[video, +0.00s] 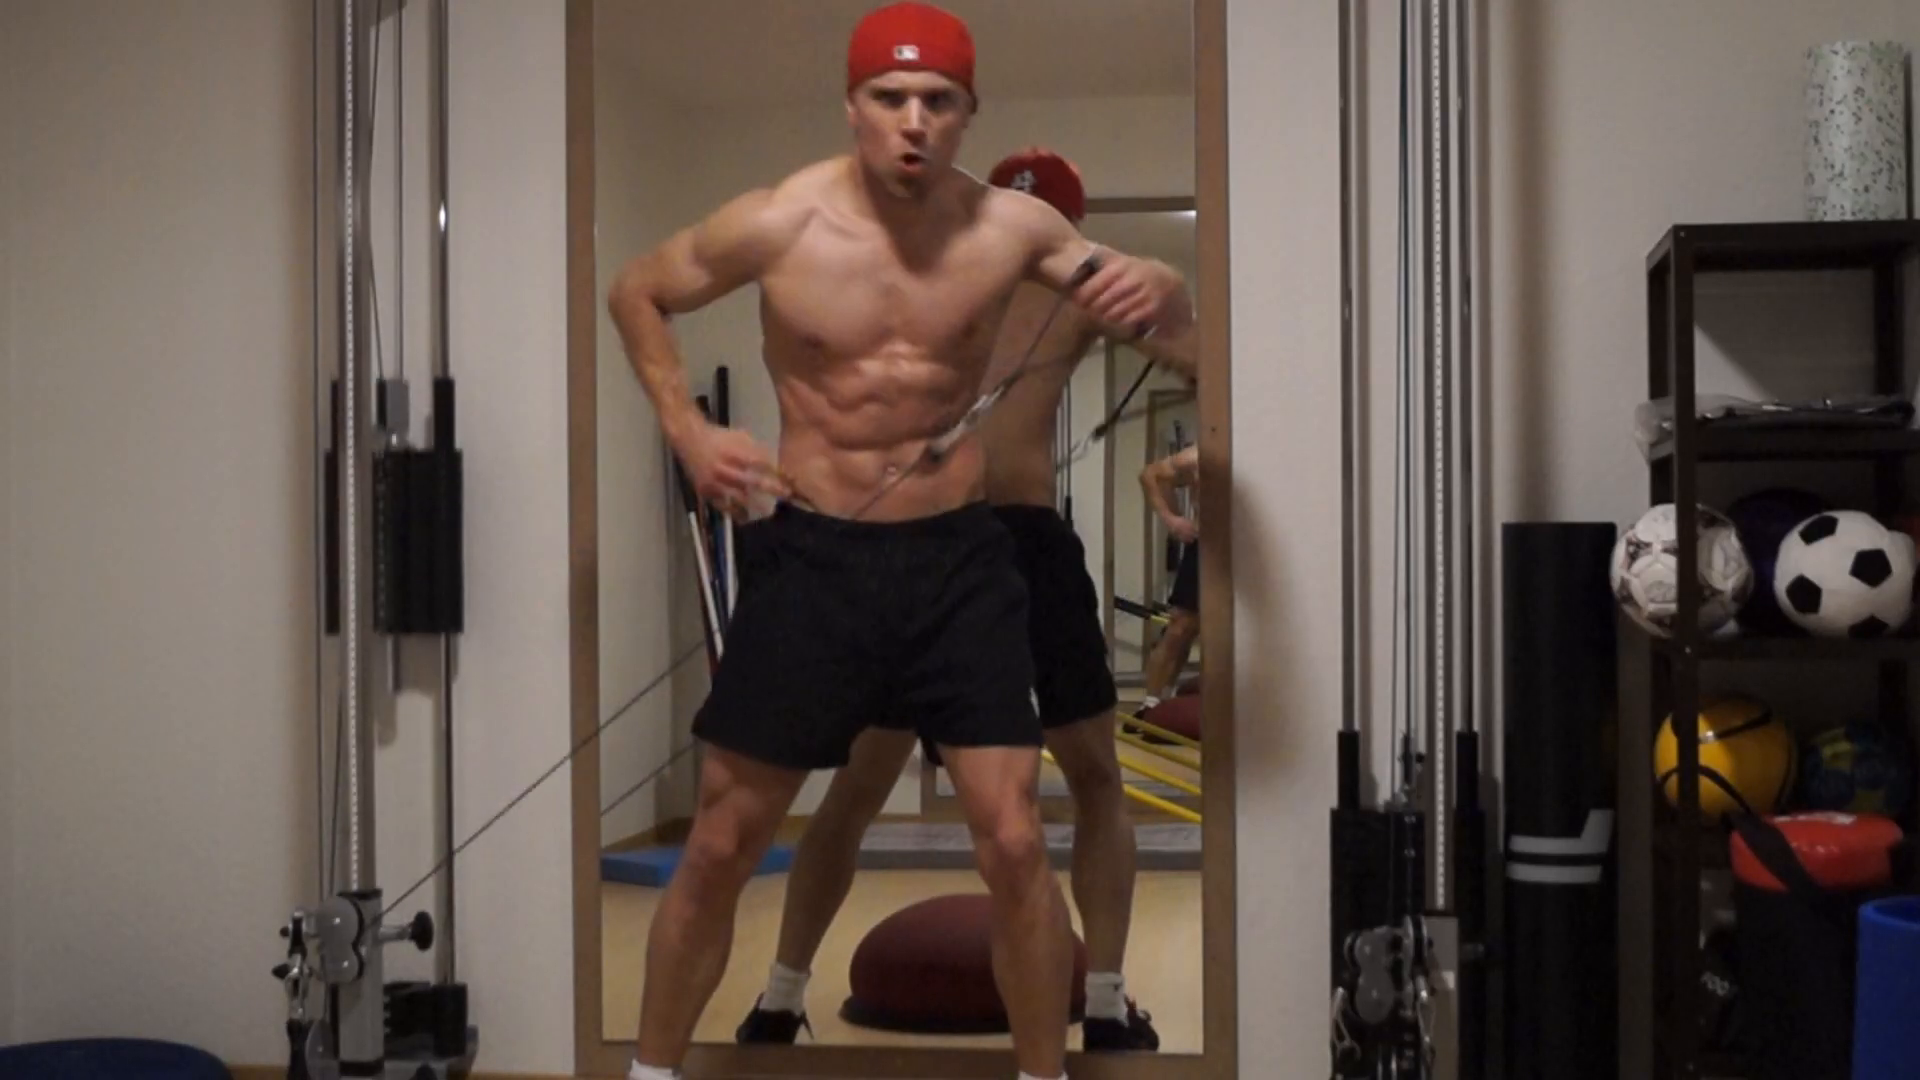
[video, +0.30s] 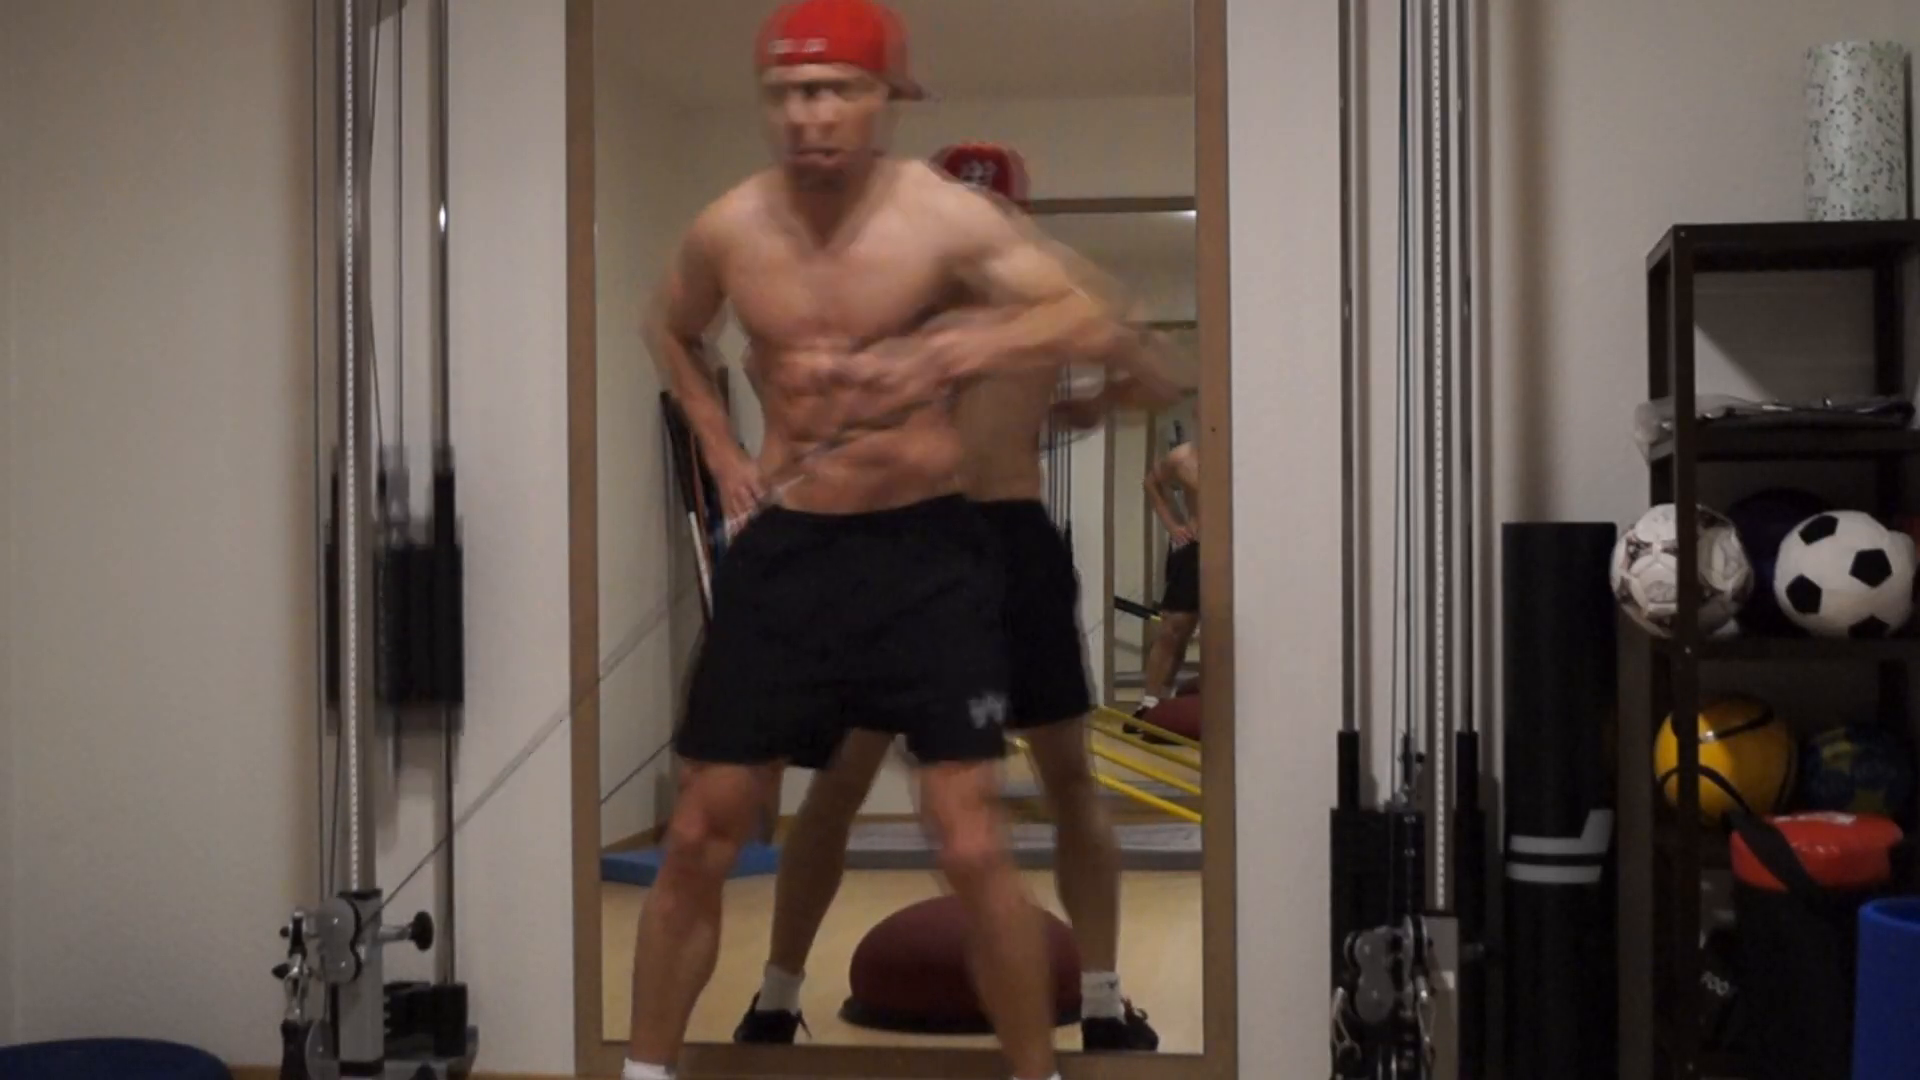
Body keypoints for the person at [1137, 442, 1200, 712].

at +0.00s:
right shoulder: (1208, 456)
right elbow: (1151, 475)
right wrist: (1171, 518)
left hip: (1224, 549)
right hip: (1203, 545)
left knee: (1191, 629)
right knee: (1181, 627)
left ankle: (1166, 695)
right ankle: (1152, 699)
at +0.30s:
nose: (1210, 427)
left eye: (1215, 421)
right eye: (1204, 420)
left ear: (1225, 425)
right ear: (1197, 420)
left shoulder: (1235, 460)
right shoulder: (1184, 458)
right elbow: (1152, 481)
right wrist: (1173, 525)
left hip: (1225, 549)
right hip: (1193, 547)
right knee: (1175, 629)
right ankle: (1151, 699)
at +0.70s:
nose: (1169, 441)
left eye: (1174, 433)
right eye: (1166, 435)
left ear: (1193, 433)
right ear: (1171, 437)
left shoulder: (1195, 465)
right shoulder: (1198, 463)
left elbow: (1174, 526)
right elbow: (1183, 531)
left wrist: (1135, 551)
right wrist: (1151, 553)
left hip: (1194, 555)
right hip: (1196, 553)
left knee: (1163, 624)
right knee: (1170, 625)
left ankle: (1148, 700)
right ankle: (1156, 697)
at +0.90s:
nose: (1187, 439)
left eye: (1191, 432)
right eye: (1184, 433)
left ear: (1206, 431)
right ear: (1182, 437)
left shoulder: (1216, 466)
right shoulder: (1192, 468)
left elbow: (1209, 517)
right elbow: (1193, 517)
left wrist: (1175, 540)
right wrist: (1172, 545)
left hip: (1209, 550)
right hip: (1190, 551)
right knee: (1166, 626)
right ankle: (1150, 699)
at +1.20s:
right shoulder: (1195, 464)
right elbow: (1151, 493)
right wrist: (1177, 534)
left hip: (1229, 556)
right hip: (1203, 553)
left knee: (1191, 634)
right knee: (1182, 632)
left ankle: (1164, 695)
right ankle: (1152, 699)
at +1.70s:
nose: (1179, 432)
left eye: (1186, 425)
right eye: (1176, 426)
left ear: (1203, 426)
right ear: (1175, 430)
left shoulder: (1207, 460)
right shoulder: (1188, 461)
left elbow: (1206, 516)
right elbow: (1195, 514)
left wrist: (1167, 538)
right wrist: (1176, 540)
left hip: (1206, 551)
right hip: (1188, 550)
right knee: (1164, 626)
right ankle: (1150, 700)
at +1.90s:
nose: (1182, 438)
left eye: (1188, 431)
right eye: (1180, 431)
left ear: (1206, 433)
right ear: (1182, 436)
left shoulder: (1207, 470)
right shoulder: (1199, 468)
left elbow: (1181, 525)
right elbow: (1185, 527)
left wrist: (1142, 556)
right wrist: (1157, 557)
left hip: (1205, 555)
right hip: (1194, 554)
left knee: (1166, 624)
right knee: (1166, 624)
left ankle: (1149, 700)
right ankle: (1152, 699)